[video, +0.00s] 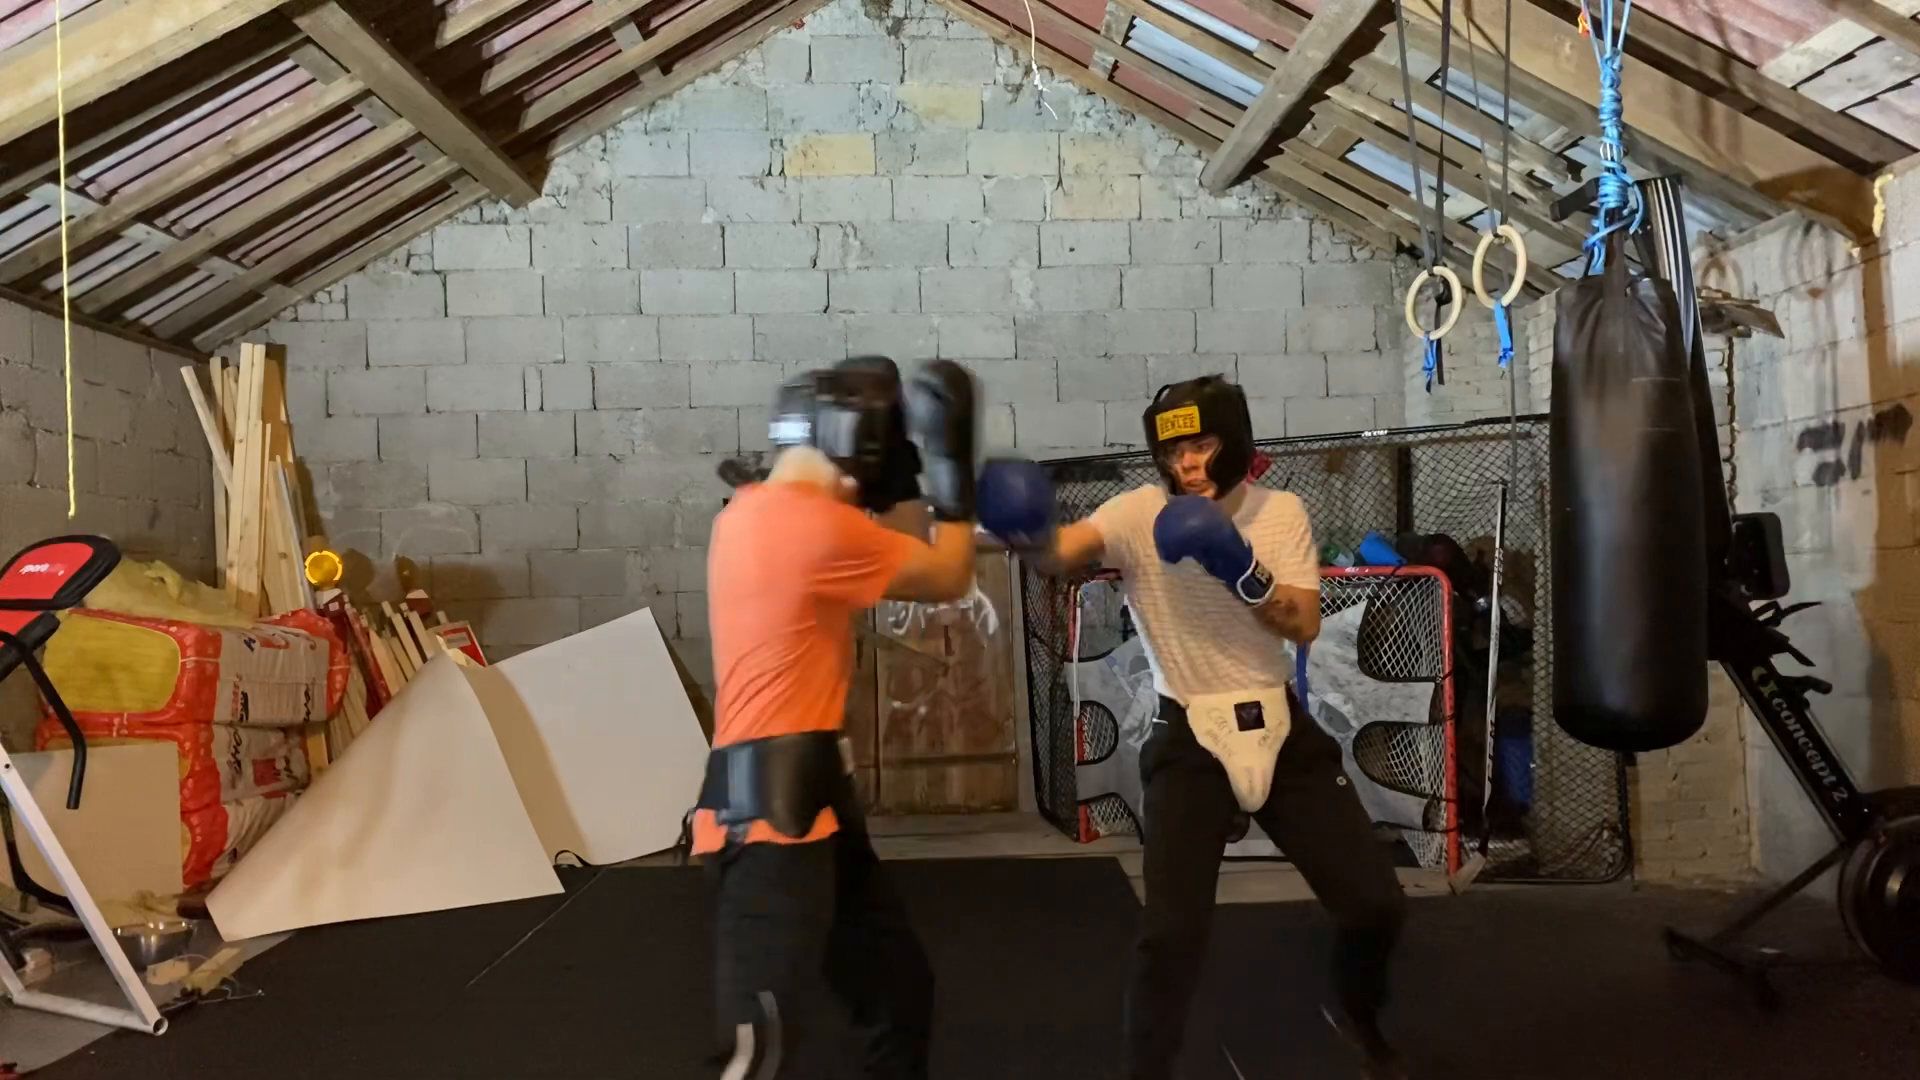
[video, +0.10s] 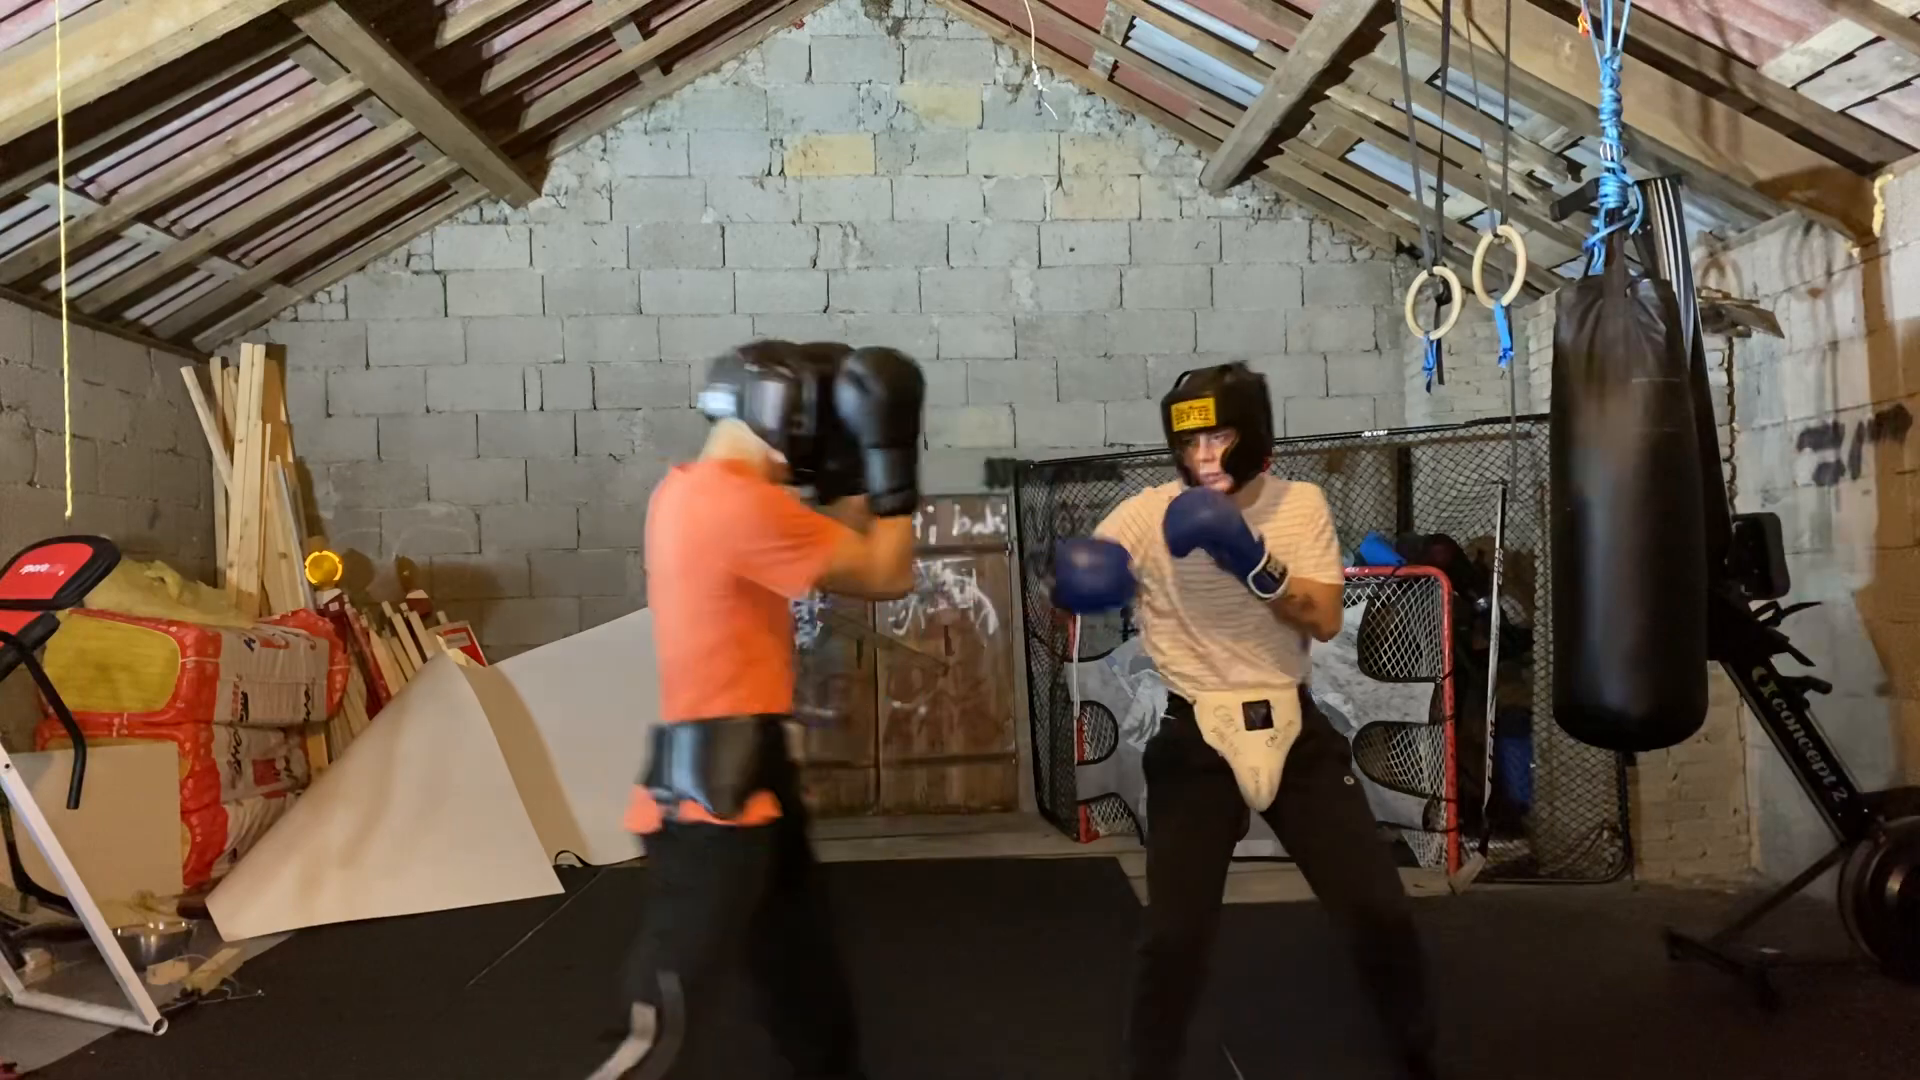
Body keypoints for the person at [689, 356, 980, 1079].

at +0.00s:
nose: (890, 468)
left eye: (895, 449)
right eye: (889, 447)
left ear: (801, 431)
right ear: (859, 447)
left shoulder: (742, 516)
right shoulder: (818, 527)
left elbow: (892, 556)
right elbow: (950, 573)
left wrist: (912, 471)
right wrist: (953, 457)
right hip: (783, 821)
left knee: (897, 992)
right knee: (763, 1044)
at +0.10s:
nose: (816, 438)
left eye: (820, 423)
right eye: (812, 421)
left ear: (729, 410)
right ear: (786, 419)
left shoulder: (677, 494)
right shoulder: (745, 505)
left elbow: (827, 548)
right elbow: (889, 570)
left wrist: (856, 472)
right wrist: (894, 458)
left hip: (692, 773)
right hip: (739, 784)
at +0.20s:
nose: (760, 429)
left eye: (760, 414)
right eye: (754, 413)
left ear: (674, 406)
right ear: (719, 409)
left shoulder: (648, 495)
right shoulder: (653, 504)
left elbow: (757, 600)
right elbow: (796, 620)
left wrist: (782, 497)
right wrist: (827, 487)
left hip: (678, 817)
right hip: (626, 828)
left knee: (772, 1006)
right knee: (554, 1045)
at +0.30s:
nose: (699, 461)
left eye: (700, 442)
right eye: (694, 441)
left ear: (609, 429)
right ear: (661, 436)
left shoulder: (599, 540)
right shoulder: (571, 542)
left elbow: (677, 673)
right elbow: (694, 685)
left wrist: (724, 565)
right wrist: (737, 558)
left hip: (611, 854)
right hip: (542, 869)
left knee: (726, 1034)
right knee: (484, 1062)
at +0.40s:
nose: (664, 451)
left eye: (665, 431)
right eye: (656, 430)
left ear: (584, 422)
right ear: (613, 426)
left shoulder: (587, 539)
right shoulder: (502, 532)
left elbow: (589, 692)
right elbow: (595, 701)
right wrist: (662, 578)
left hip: (581, 838)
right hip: (490, 850)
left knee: (678, 1046)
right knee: (463, 1065)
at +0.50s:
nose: (640, 437)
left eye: (640, 416)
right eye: (632, 414)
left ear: (556, 406)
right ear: (590, 410)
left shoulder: (576, 525)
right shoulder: (471, 512)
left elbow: (540, 658)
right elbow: (536, 685)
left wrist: (611, 677)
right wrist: (614, 571)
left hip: (564, 811)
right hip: (466, 826)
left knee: (650, 1045)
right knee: (432, 1059)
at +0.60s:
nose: (623, 439)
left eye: (624, 419)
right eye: (613, 418)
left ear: (548, 412)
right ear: (566, 412)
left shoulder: (568, 527)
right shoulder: (449, 517)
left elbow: (533, 684)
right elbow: (510, 697)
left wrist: (606, 675)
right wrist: (594, 576)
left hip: (552, 808)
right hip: (449, 822)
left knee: (645, 1042)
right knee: (420, 1061)